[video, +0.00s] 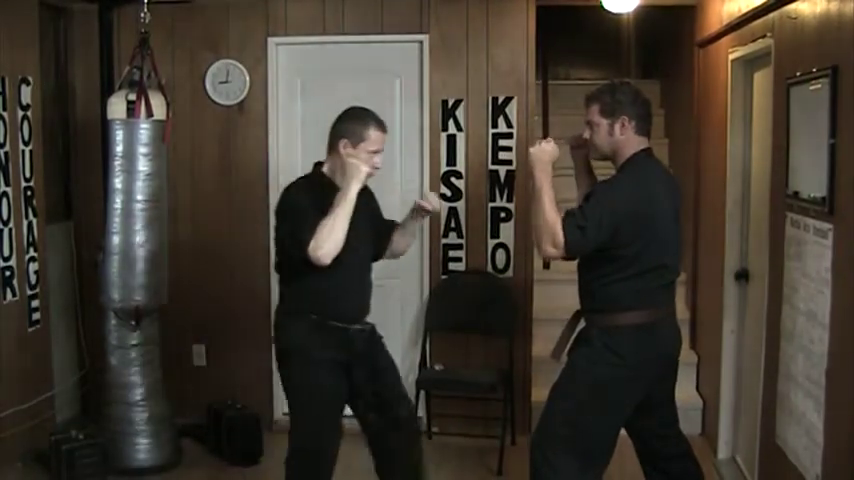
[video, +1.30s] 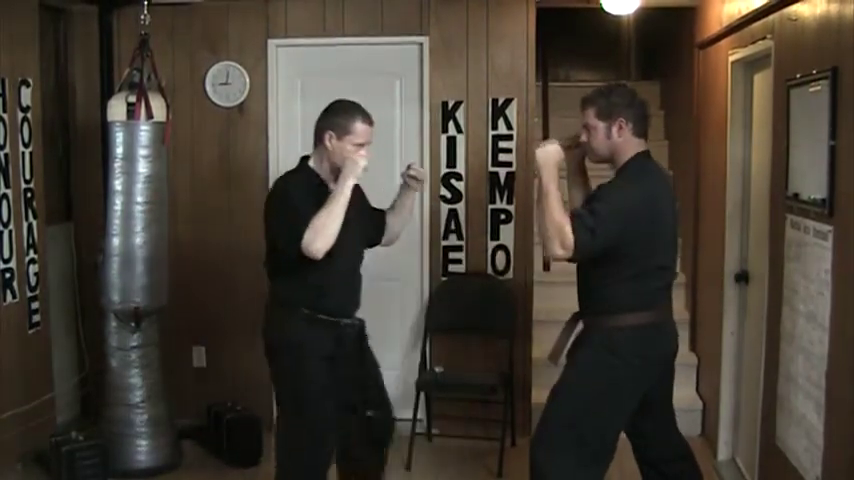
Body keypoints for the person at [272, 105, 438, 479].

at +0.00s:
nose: (379, 163)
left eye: (380, 154)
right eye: (373, 153)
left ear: (351, 150)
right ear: (344, 149)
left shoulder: (361, 196)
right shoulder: (299, 195)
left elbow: (390, 247)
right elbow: (320, 252)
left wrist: (416, 216)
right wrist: (350, 187)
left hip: (358, 336)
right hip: (309, 337)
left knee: (399, 429)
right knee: (316, 445)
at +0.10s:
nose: (403, 166)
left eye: (405, 157)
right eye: (397, 156)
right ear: (367, 150)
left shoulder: (391, 200)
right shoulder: (322, 195)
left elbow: (420, 242)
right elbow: (335, 252)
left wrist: (465, 233)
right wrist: (367, 188)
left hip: (374, 340)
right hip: (323, 338)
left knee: (419, 444)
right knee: (323, 447)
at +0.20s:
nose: (426, 170)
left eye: (428, 162)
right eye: (420, 161)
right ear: (391, 155)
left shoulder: (420, 206)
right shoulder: (344, 198)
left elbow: (474, 235)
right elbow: (342, 256)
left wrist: (524, 252)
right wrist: (384, 196)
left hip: (395, 344)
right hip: (340, 342)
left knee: (436, 451)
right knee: (335, 452)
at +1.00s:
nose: (418, 169)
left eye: (420, 159)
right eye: (410, 159)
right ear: (378, 155)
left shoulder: (411, 207)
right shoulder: (338, 203)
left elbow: (448, 257)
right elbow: (345, 266)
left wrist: (498, 268)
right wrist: (384, 204)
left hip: (402, 345)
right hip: (348, 345)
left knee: (439, 448)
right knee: (346, 454)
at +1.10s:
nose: (395, 163)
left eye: (397, 154)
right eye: (388, 153)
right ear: (357, 149)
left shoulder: (382, 201)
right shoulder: (318, 198)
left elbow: (419, 247)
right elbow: (334, 260)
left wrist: (456, 242)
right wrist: (373, 198)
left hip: (378, 339)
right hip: (329, 340)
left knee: (424, 444)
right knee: (332, 456)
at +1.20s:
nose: (376, 159)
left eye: (379, 150)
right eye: (370, 149)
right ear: (339, 144)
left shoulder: (359, 195)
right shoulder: (301, 193)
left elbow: (397, 240)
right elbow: (324, 251)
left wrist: (430, 210)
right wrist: (361, 189)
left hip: (361, 338)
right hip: (312, 339)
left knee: (399, 439)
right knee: (320, 452)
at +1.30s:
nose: (366, 156)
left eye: (367, 147)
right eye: (359, 146)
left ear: (338, 144)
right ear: (328, 141)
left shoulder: (347, 191)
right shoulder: (289, 189)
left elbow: (385, 234)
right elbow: (314, 245)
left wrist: (408, 193)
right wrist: (347, 182)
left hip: (346, 333)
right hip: (300, 333)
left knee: (373, 425)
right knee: (309, 440)